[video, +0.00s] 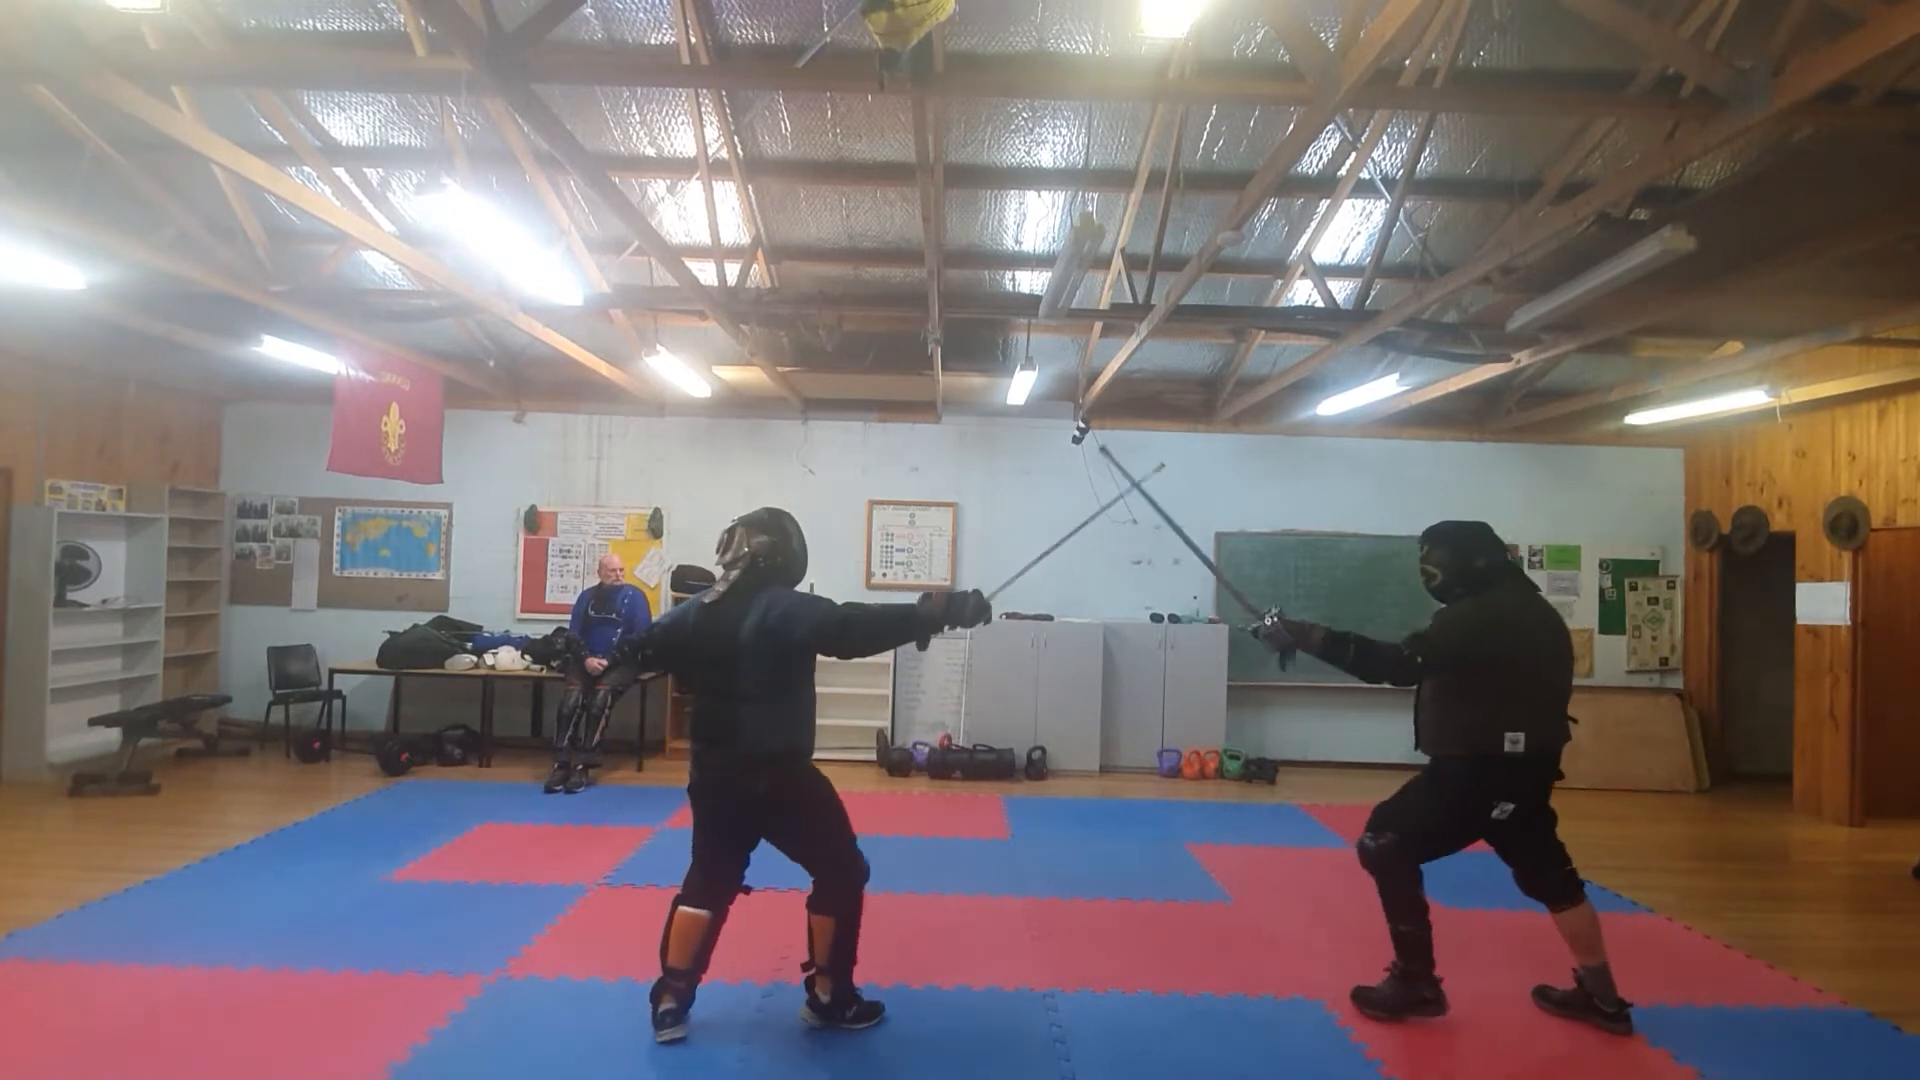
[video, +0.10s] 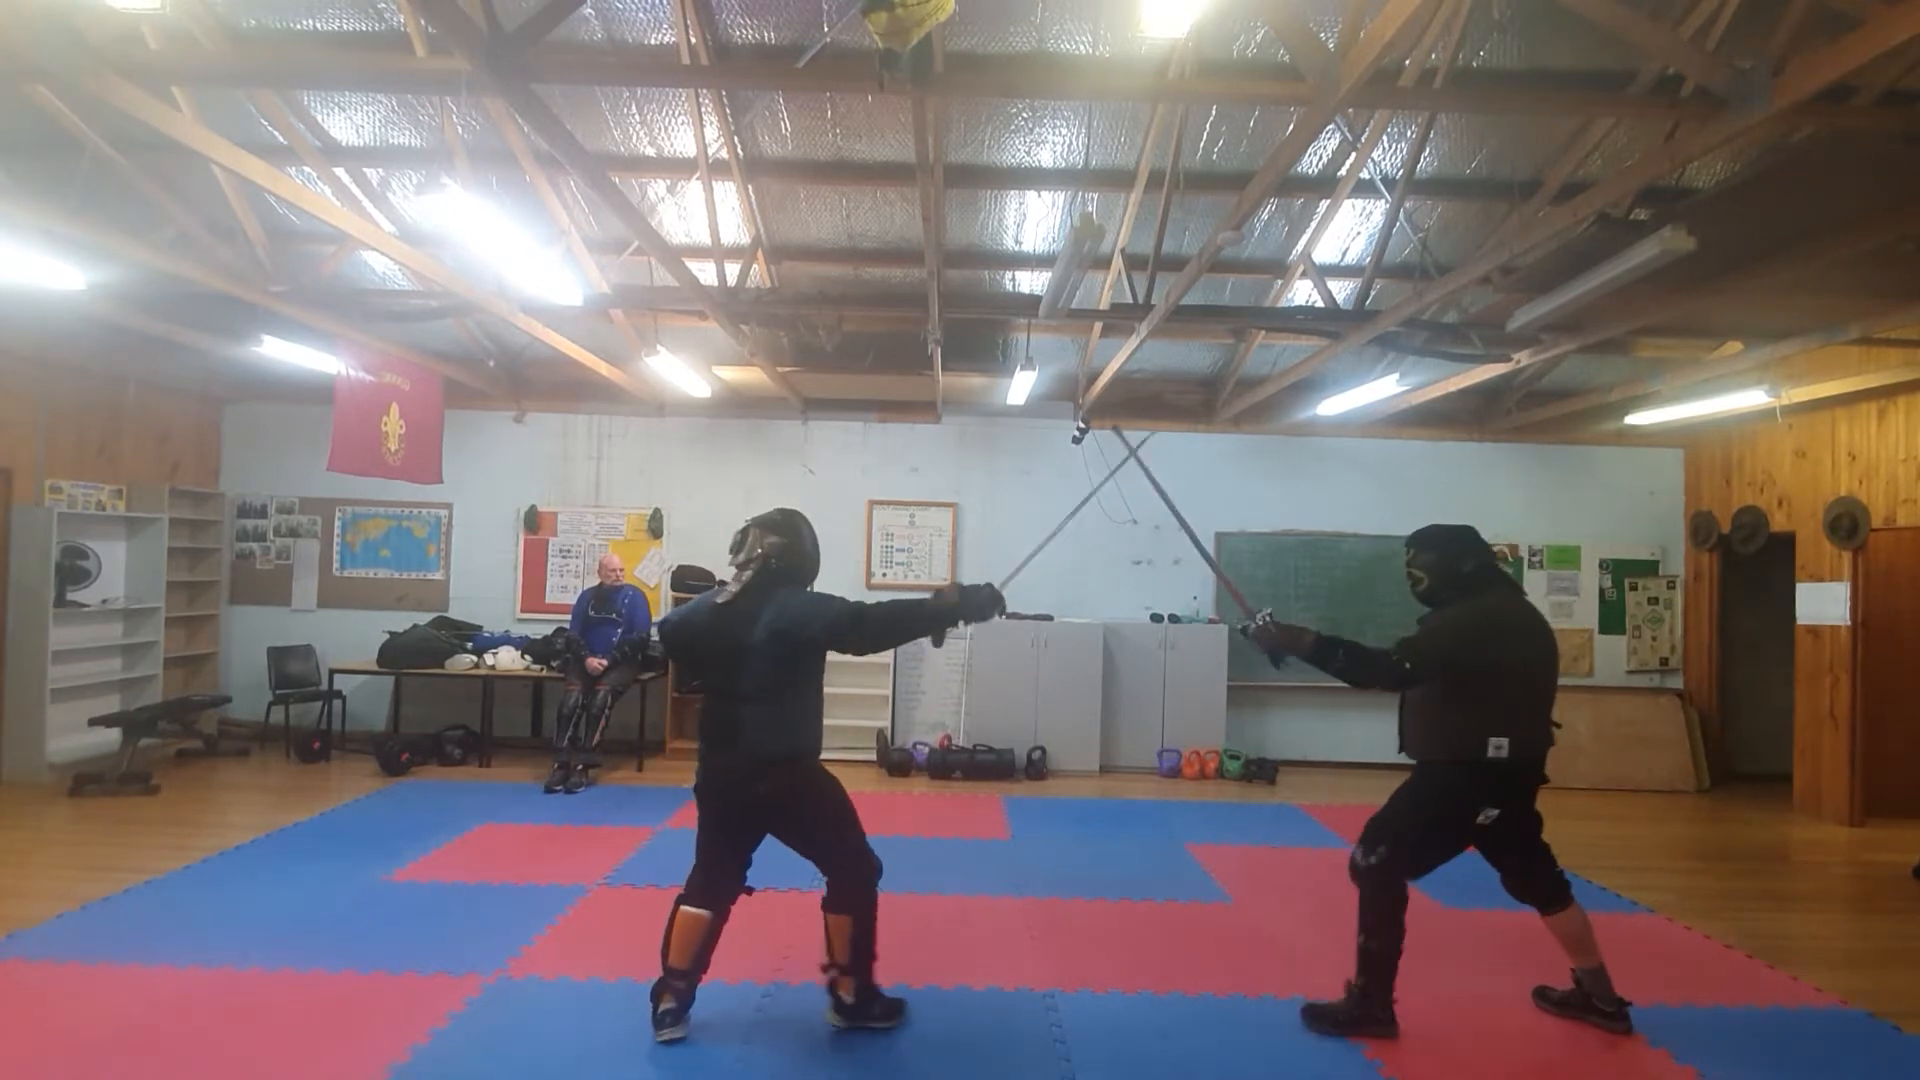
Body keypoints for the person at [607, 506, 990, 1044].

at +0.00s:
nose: (798, 568)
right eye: (796, 558)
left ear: (730, 554)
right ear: (787, 559)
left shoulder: (693, 617)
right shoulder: (792, 611)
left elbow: (642, 649)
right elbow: (858, 627)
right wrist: (938, 610)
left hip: (715, 783)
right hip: (785, 782)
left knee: (708, 880)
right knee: (840, 871)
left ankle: (671, 999)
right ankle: (830, 997)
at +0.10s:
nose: (813, 568)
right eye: (810, 558)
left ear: (744, 556)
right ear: (802, 560)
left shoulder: (707, 613)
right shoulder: (805, 610)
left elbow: (663, 633)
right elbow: (871, 623)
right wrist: (953, 605)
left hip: (721, 781)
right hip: (792, 779)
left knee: (710, 880)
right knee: (852, 868)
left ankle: (670, 1000)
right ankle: (852, 997)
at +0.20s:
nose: (824, 573)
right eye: (822, 563)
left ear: (755, 559)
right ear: (813, 564)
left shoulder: (722, 616)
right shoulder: (816, 619)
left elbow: (682, 631)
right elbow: (878, 659)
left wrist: (728, 600)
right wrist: (949, 635)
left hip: (735, 782)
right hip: (806, 782)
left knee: (718, 876)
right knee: (852, 882)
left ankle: (674, 991)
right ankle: (867, 1005)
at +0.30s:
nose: (824, 572)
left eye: (821, 563)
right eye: (822, 563)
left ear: (762, 559)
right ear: (813, 565)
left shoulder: (729, 616)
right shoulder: (806, 624)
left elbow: (685, 631)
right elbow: (846, 699)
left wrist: (736, 598)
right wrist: (917, 671)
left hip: (737, 782)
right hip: (803, 784)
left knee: (722, 872)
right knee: (863, 876)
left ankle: (658, 983)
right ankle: (869, 1005)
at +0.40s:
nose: (813, 577)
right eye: (810, 567)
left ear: (747, 564)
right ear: (802, 571)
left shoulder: (719, 622)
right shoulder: (791, 630)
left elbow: (686, 632)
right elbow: (819, 714)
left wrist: (718, 605)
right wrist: (897, 700)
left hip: (728, 788)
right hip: (795, 790)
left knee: (706, 882)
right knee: (857, 881)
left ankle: (634, 984)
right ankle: (866, 1006)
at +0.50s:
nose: (795, 584)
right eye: (791, 574)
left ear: (730, 570)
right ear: (782, 577)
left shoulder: (700, 629)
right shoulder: (766, 640)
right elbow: (781, 714)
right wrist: (862, 698)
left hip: (706, 794)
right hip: (771, 797)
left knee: (680, 893)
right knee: (837, 889)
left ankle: (617, 1001)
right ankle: (866, 1007)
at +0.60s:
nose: (779, 587)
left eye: (778, 576)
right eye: (778, 575)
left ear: (716, 570)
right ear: (766, 576)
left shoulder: (694, 622)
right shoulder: (742, 631)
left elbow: (654, 642)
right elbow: (751, 702)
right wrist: (841, 700)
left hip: (684, 795)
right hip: (745, 797)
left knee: (670, 892)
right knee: (808, 893)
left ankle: (612, 1004)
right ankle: (855, 1004)